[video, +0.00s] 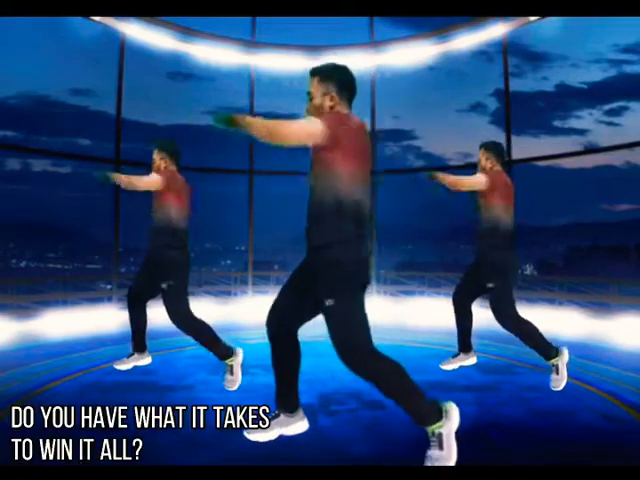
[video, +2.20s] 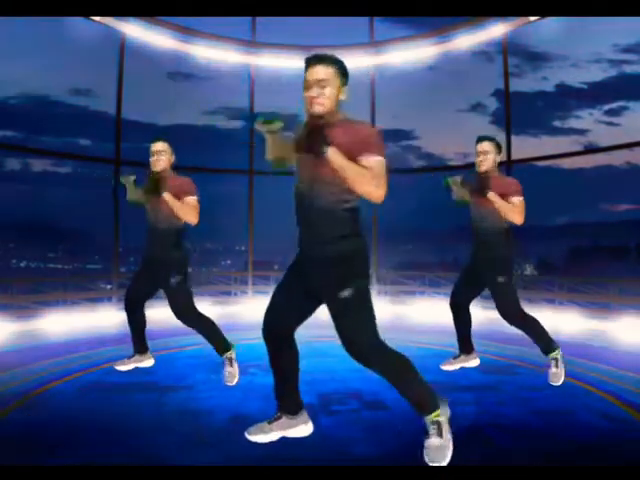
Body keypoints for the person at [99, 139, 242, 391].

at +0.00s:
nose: (156, 164)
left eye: (160, 160)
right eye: (155, 160)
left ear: (169, 162)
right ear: (161, 162)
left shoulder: (170, 180)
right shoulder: (173, 182)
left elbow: (140, 183)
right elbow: (139, 183)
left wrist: (117, 178)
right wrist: (121, 180)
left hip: (172, 256)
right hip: (160, 255)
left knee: (180, 315)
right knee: (136, 297)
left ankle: (230, 356)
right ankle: (140, 352)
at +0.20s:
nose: (146, 160)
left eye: (150, 155)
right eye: (146, 156)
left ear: (163, 157)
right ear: (151, 159)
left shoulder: (179, 178)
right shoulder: (153, 182)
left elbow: (175, 197)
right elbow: (145, 211)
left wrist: (153, 179)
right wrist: (143, 189)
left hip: (177, 256)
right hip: (157, 255)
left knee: (191, 310)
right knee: (136, 300)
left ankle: (232, 358)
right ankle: (140, 354)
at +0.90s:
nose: (169, 163)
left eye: (173, 158)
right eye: (164, 159)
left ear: (182, 160)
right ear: (159, 163)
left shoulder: (197, 185)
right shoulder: (155, 193)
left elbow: (210, 215)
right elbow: (138, 219)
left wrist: (187, 188)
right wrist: (129, 195)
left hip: (193, 263)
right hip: (162, 263)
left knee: (210, 316)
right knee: (137, 306)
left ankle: (218, 362)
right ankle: (139, 353)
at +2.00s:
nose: (175, 156)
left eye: (180, 151)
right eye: (170, 151)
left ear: (189, 155)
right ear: (165, 155)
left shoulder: (200, 182)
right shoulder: (154, 180)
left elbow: (212, 213)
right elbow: (123, 190)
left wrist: (192, 188)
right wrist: (107, 178)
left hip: (190, 259)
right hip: (159, 257)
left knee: (206, 314)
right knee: (135, 302)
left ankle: (213, 365)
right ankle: (142, 353)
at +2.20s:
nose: (156, 158)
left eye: (161, 154)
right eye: (153, 155)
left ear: (172, 158)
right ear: (149, 160)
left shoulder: (183, 184)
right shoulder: (152, 185)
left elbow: (192, 217)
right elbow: (140, 199)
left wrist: (168, 199)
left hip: (174, 257)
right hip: (154, 256)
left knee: (185, 312)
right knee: (133, 300)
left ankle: (228, 353)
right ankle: (141, 354)